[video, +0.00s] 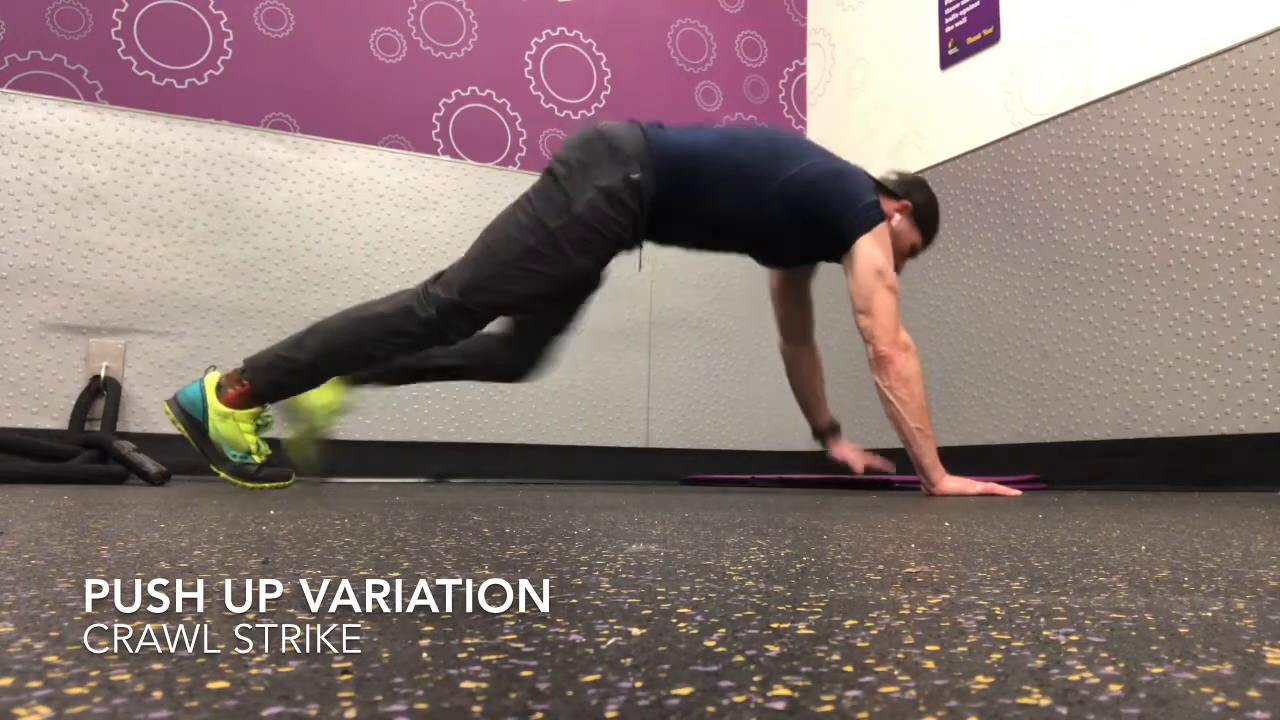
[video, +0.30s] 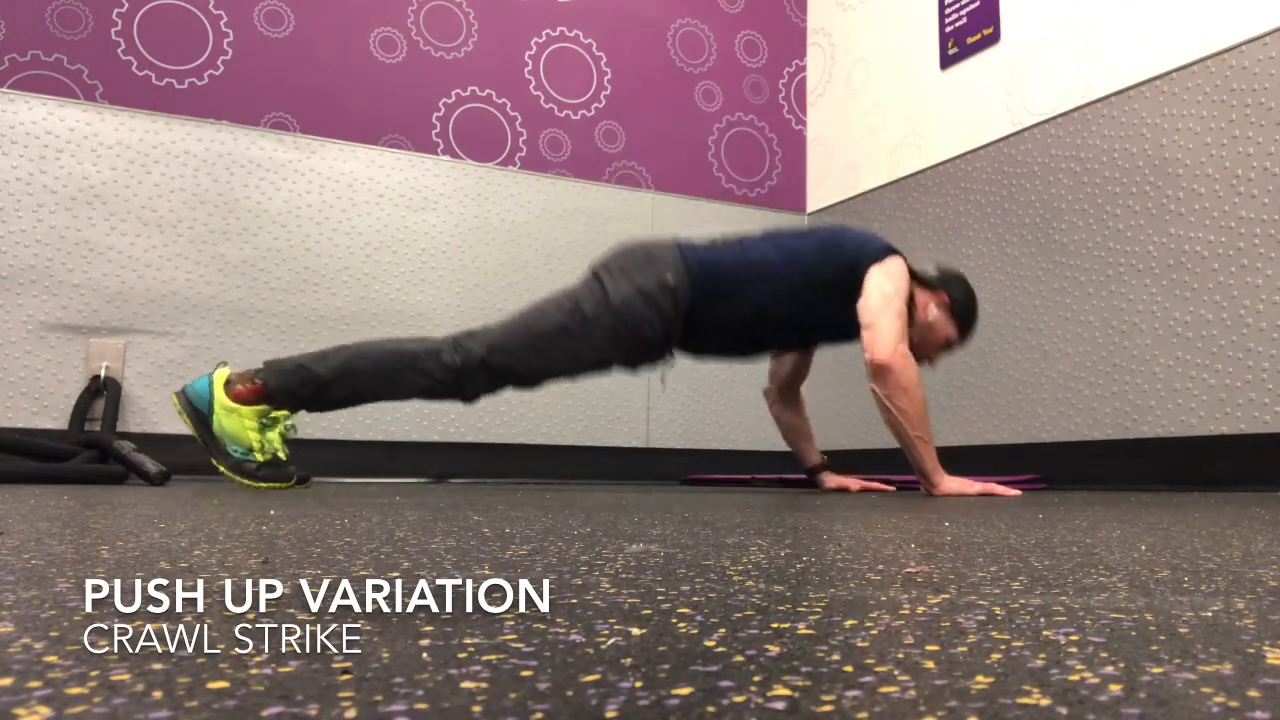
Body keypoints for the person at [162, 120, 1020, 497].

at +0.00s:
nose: (893, 270)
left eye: (903, 257)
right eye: (906, 251)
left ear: (878, 208)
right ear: (900, 216)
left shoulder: (804, 223)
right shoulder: (864, 208)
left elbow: (797, 343)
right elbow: (888, 348)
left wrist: (833, 441)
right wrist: (937, 472)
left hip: (621, 203)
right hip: (615, 174)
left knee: (513, 356)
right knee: (448, 307)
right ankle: (230, 389)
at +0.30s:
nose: (916, 350)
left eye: (933, 346)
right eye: (933, 337)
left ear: (906, 304)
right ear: (926, 292)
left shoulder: (841, 291)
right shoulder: (887, 265)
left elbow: (783, 391)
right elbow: (892, 362)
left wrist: (817, 471)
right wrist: (935, 476)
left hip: (660, 304)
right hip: (657, 292)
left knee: (472, 364)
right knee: (468, 365)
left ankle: (261, 390)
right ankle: (248, 391)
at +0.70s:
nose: (958, 437)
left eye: (970, 440)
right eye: (968, 424)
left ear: (954, 427)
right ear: (958, 389)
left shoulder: (872, 390)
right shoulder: (917, 350)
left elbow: (781, 449)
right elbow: (896, 366)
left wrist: (831, 476)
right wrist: (940, 477)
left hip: (689, 413)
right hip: (690, 385)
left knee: (492, 417)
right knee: (491, 412)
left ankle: (280, 399)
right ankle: (275, 386)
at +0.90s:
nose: (969, 455)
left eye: (978, 455)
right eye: (976, 443)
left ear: (963, 436)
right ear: (963, 413)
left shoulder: (881, 410)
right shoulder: (914, 378)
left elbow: (770, 459)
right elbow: (903, 369)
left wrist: (832, 479)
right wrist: (938, 476)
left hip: (692, 427)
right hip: (693, 406)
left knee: (491, 432)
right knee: (490, 426)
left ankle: (289, 407)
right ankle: (278, 385)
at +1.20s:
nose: (950, 422)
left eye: (962, 422)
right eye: (961, 411)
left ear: (954, 400)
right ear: (958, 371)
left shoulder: (871, 350)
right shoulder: (922, 335)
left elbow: (787, 392)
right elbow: (897, 360)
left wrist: (815, 469)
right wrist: (936, 473)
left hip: (686, 384)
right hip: (686, 368)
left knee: (491, 407)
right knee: (488, 407)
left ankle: (282, 390)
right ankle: (273, 382)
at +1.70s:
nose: (897, 251)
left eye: (905, 243)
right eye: (899, 229)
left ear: (878, 231)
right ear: (873, 193)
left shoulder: (799, 243)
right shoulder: (831, 182)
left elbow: (788, 357)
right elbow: (885, 285)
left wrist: (819, 463)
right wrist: (967, 374)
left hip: (613, 240)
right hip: (625, 189)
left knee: (479, 355)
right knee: (785, 229)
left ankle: (271, 405)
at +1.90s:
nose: (893, 212)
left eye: (900, 206)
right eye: (893, 195)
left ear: (869, 189)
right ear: (869, 168)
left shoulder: (797, 240)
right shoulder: (817, 158)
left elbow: (798, 354)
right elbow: (867, 218)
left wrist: (812, 451)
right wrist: (971, 230)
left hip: (619, 269)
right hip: (640, 226)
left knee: (478, 395)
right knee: (817, 248)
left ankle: (277, 405)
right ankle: (858, 442)